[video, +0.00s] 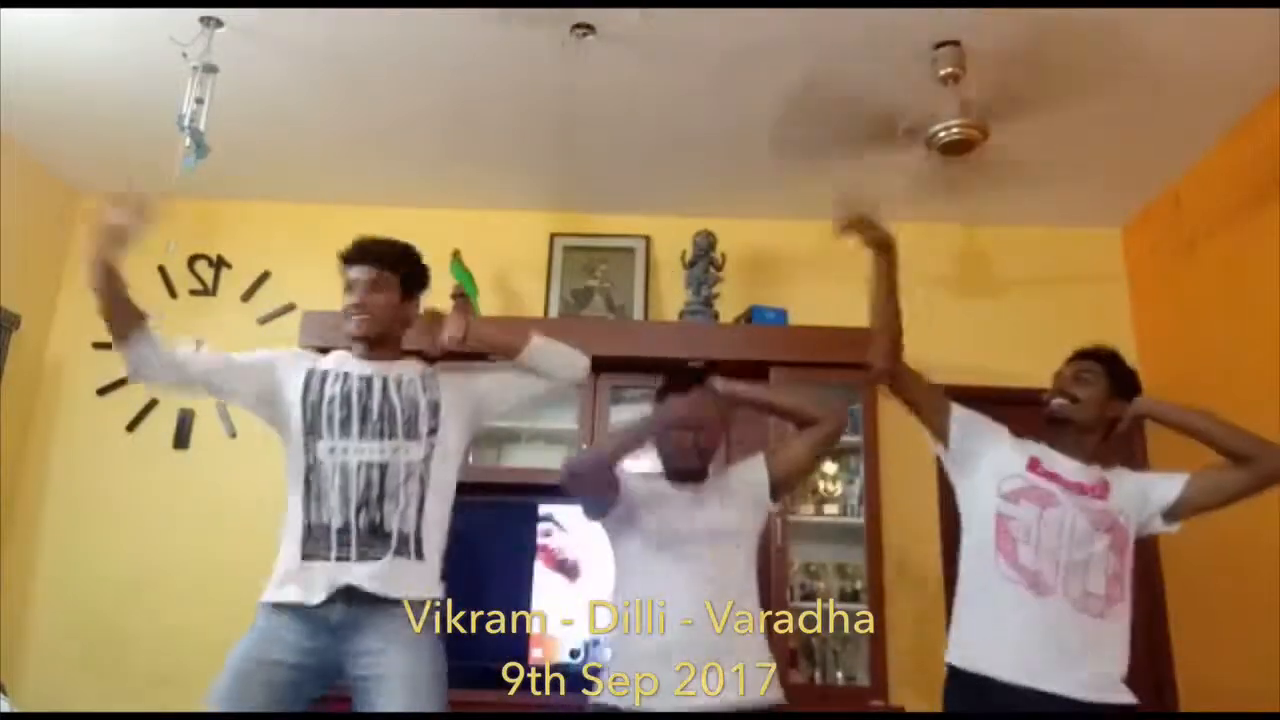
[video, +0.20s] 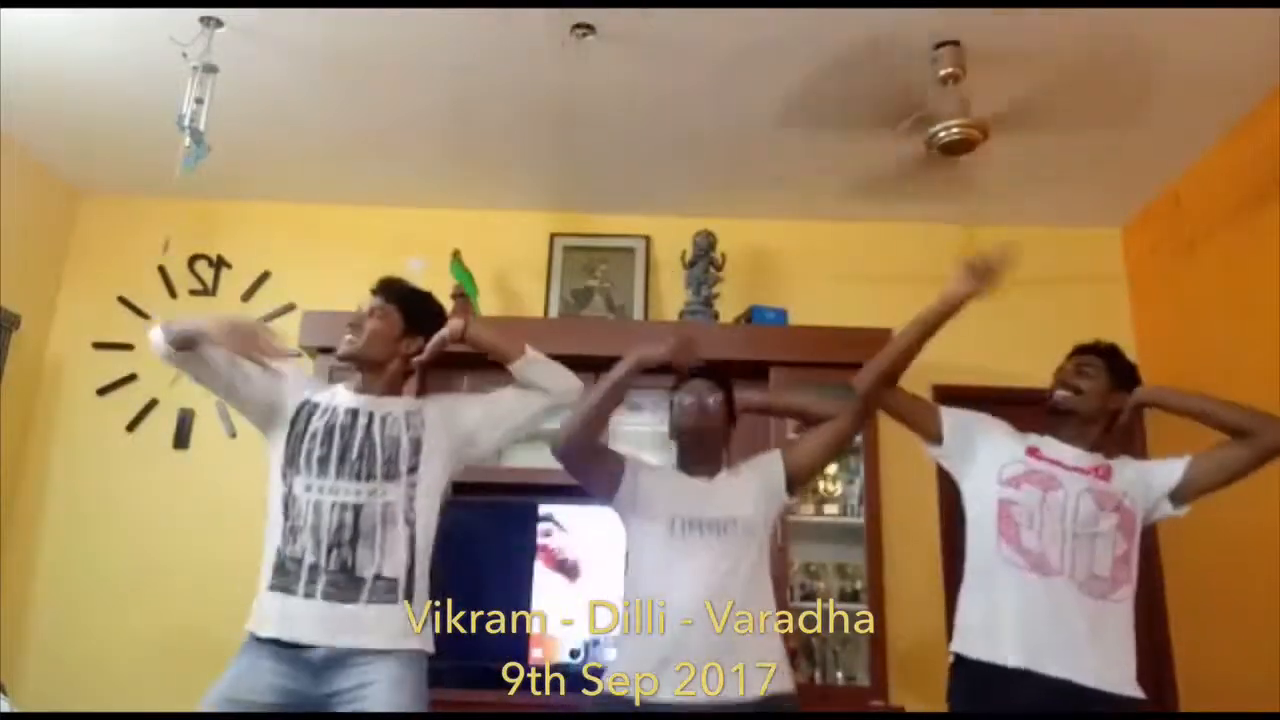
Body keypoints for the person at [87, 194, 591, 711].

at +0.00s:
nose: (356, 299)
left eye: (373, 287)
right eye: (349, 288)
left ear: (411, 304)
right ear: (340, 299)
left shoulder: (454, 389)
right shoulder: (295, 374)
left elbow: (575, 370)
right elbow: (154, 362)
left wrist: (481, 334)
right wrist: (104, 265)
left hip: (400, 616)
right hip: (297, 609)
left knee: (410, 710)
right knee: (226, 707)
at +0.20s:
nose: (355, 316)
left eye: (375, 313)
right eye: (359, 309)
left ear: (412, 347)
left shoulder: (445, 420)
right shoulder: (293, 399)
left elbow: (567, 393)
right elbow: (167, 340)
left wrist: (478, 335)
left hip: (380, 660)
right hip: (273, 651)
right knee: (211, 710)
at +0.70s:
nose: (370, 318)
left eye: (390, 312)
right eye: (378, 309)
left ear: (427, 341)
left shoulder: (456, 422)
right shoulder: (314, 380)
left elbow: (565, 386)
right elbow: (229, 322)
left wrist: (478, 328)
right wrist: (214, 278)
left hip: (363, 650)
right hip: (255, 634)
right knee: (195, 703)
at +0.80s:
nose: (365, 303)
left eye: (385, 297)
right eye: (371, 293)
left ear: (421, 325)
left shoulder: (453, 407)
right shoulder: (316, 361)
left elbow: (563, 374)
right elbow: (215, 288)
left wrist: (471, 318)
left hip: (351, 603)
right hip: (251, 584)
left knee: (361, 704)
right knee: (195, 702)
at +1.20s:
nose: (348, 290)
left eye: (366, 282)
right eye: (354, 280)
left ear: (409, 309)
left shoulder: (438, 396)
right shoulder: (302, 349)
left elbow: (546, 433)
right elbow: (215, 291)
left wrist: (458, 357)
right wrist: (153, 194)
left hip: (355, 605)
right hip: (255, 588)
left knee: (359, 703)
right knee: (202, 703)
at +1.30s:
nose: (361, 289)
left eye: (382, 282)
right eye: (359, 277)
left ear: (418, 305)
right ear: (351, 286)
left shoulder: (441, 391)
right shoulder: (307, 348)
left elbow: (476, 518)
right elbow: (206, 308)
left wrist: (422, 458)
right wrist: (96, 239)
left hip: (370, 608)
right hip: (266, 591)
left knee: (375, 705)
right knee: (220, 702)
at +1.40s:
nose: (373, 287)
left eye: (393, 279)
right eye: (367, 275)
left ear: (423, 305)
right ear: (355, 286)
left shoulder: (445, 401)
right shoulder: (306, 350)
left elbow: (446, 537)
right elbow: (220, 341)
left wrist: (399, 553)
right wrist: (145, 335)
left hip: (376, 619)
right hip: (272, 604)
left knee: (400, 704)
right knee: (218, 705)